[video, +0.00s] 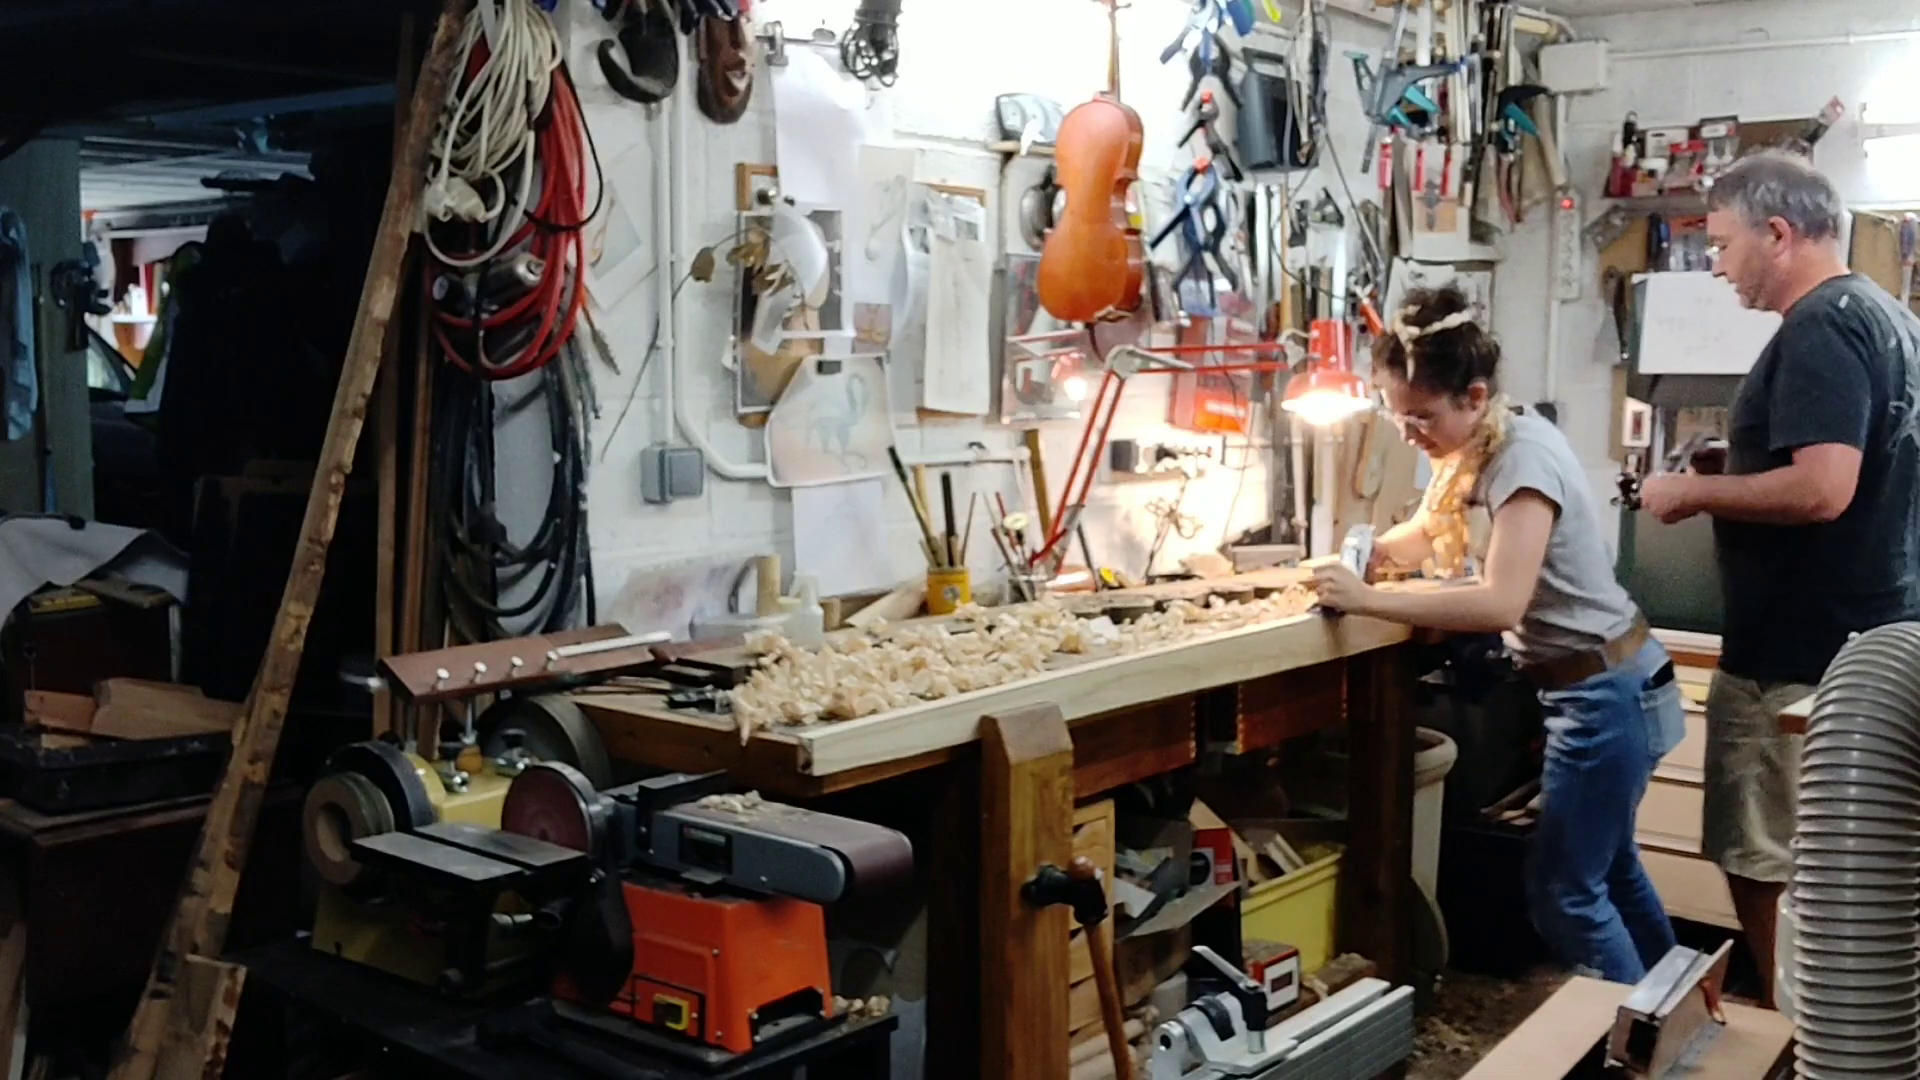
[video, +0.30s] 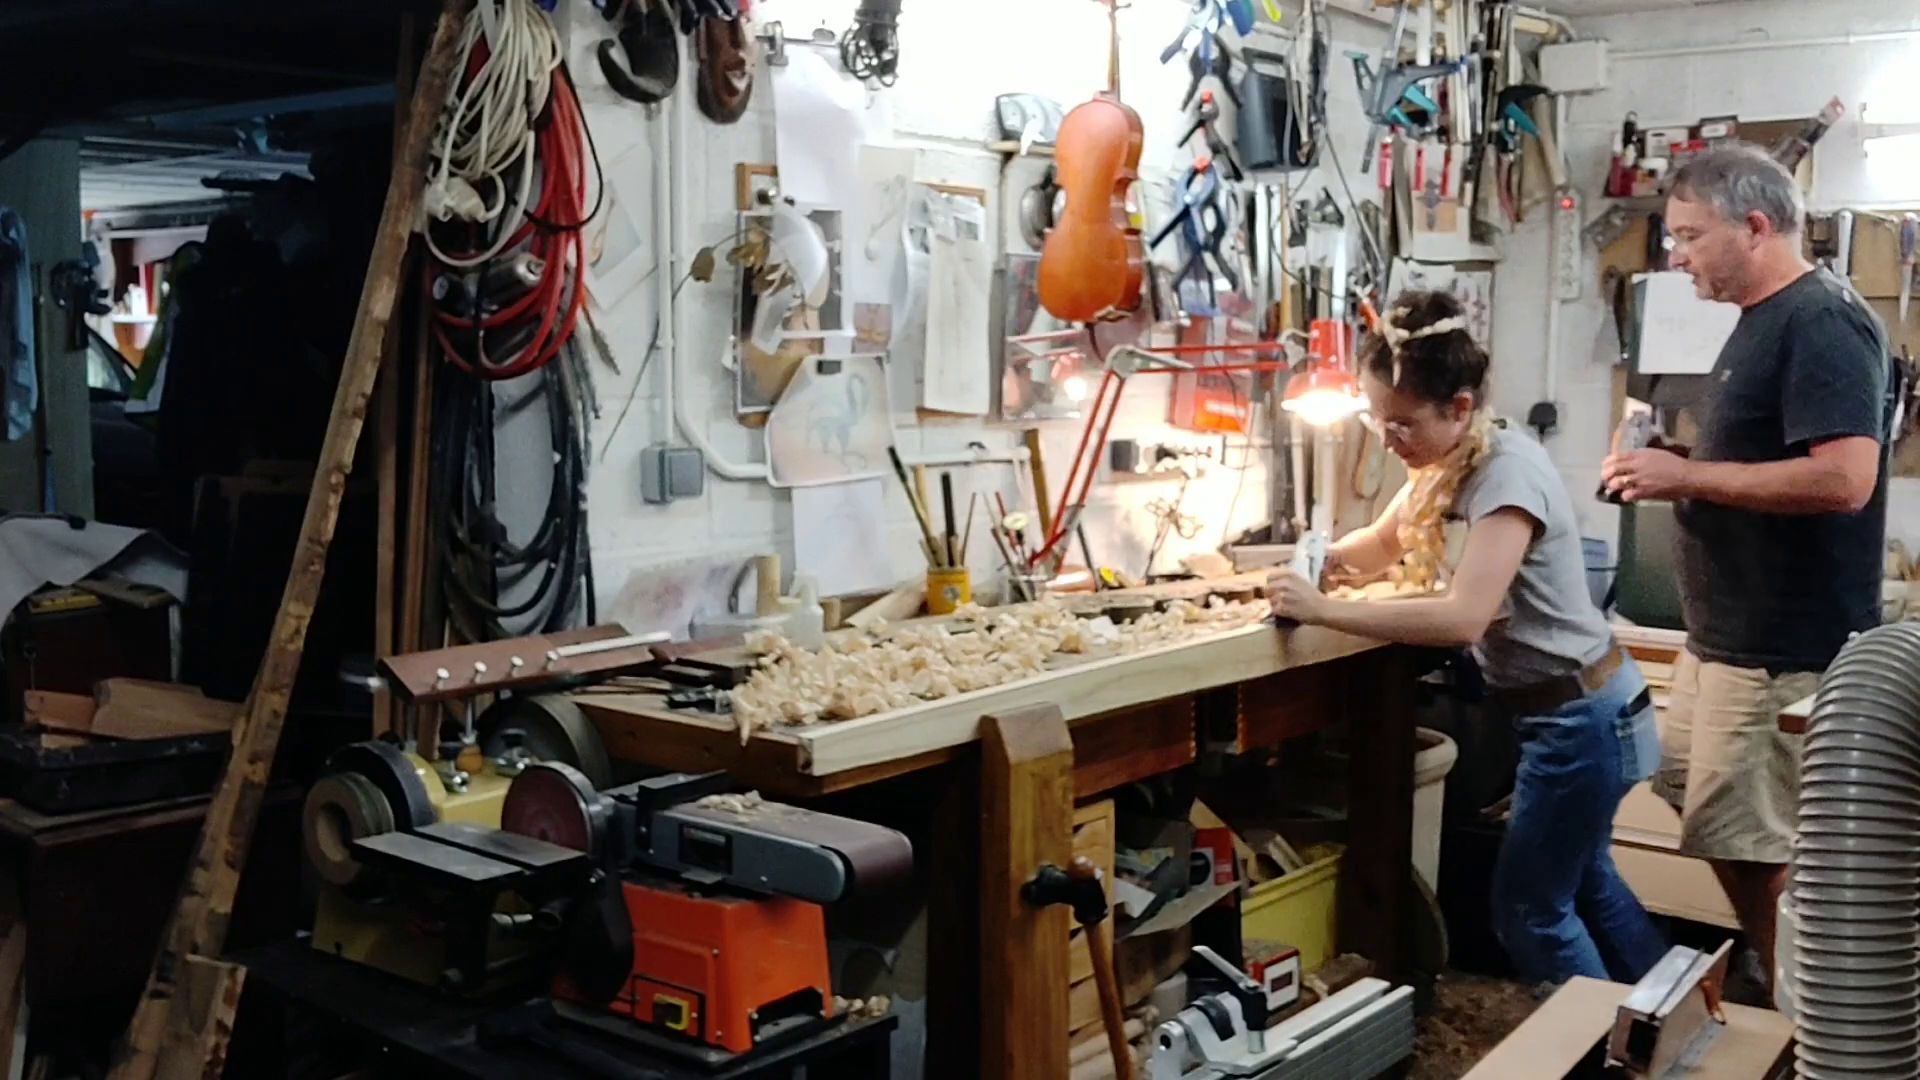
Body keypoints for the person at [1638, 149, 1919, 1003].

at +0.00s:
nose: (1715, 266)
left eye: (1721, 243)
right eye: (1712, 247)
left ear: (1780, 233)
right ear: (1796, 235)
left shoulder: (1825, 322)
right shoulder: (1877, 315)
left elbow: (1821, 487)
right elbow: (1849, 479)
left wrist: (1697, 491)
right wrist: (1719, 474)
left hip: (1791, 663)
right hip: (1857, 657)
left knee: (1764, 866)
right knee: (1836, 860)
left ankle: (1783, 1028)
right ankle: (1825, 1026)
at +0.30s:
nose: (1679, 261)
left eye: (1688, 238)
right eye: (1676, 242)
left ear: (1753, 226)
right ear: (1753, 231)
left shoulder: (1821, 317)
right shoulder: (1764, 320)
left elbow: (1845, 478)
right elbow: (1763, 461)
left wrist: (1686, 475)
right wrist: (1671, 457)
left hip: (1780, 648)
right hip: (1730, 636)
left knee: (1753, 841)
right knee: (1714, 808)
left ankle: (1780, 995)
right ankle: (1767, 967)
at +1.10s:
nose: (1630, 250)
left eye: (1649, 230)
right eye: (1618, 234)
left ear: (1704, 229)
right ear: (1609, 243)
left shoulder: (1777, 313)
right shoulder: (1615, 337)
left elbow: (1852, 453)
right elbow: (1562, 466)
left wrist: (1722, 464)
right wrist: (1581, 466)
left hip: (1737, 628)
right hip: (1631, 625)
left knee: (1743, 823)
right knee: (1667, 809)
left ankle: (1754, 1004)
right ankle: (1676, 971)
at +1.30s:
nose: (1632, 249)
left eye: (1652, 229)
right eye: (1620, 233)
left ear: (1707, 230)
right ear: (1612, 242)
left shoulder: (1778, 314)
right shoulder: (1618, 336)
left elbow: (1849, 456)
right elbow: (1565, 462)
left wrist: (1717, 465)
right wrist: (1577, 467)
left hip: (1736, 627)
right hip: (1629, 623)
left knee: (1744, 823)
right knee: (1667, 808)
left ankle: (1753, 1004)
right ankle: (1676, 967)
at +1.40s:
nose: (1632, 248)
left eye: (1651, 229)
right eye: (1620, 233)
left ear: (1707, 229)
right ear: (1612, 242)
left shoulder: (1776, 313)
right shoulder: (1619, 336)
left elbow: (1847, 456)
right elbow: (1565, 462)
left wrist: (1712, 465)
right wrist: (1576, 467)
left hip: (1735, 627)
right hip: (1629, 622)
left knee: (1745, 824)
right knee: (1667, 808)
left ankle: (1753, 1005)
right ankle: (1676, 967)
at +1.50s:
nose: (1628, 249)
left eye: (1647, 230)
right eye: (1616, 234)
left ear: (1702, 229)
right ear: (1608, 243)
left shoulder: (1776, 312)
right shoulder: (1619, 335)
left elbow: (1842, 455)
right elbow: (1568, 458)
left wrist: (1705, 465)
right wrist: (1577, 464)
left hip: (1735, 626)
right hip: (1630, 622)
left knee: (1744, 823)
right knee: (1667, 808)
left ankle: (1753, 1003)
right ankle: (1675, 967)